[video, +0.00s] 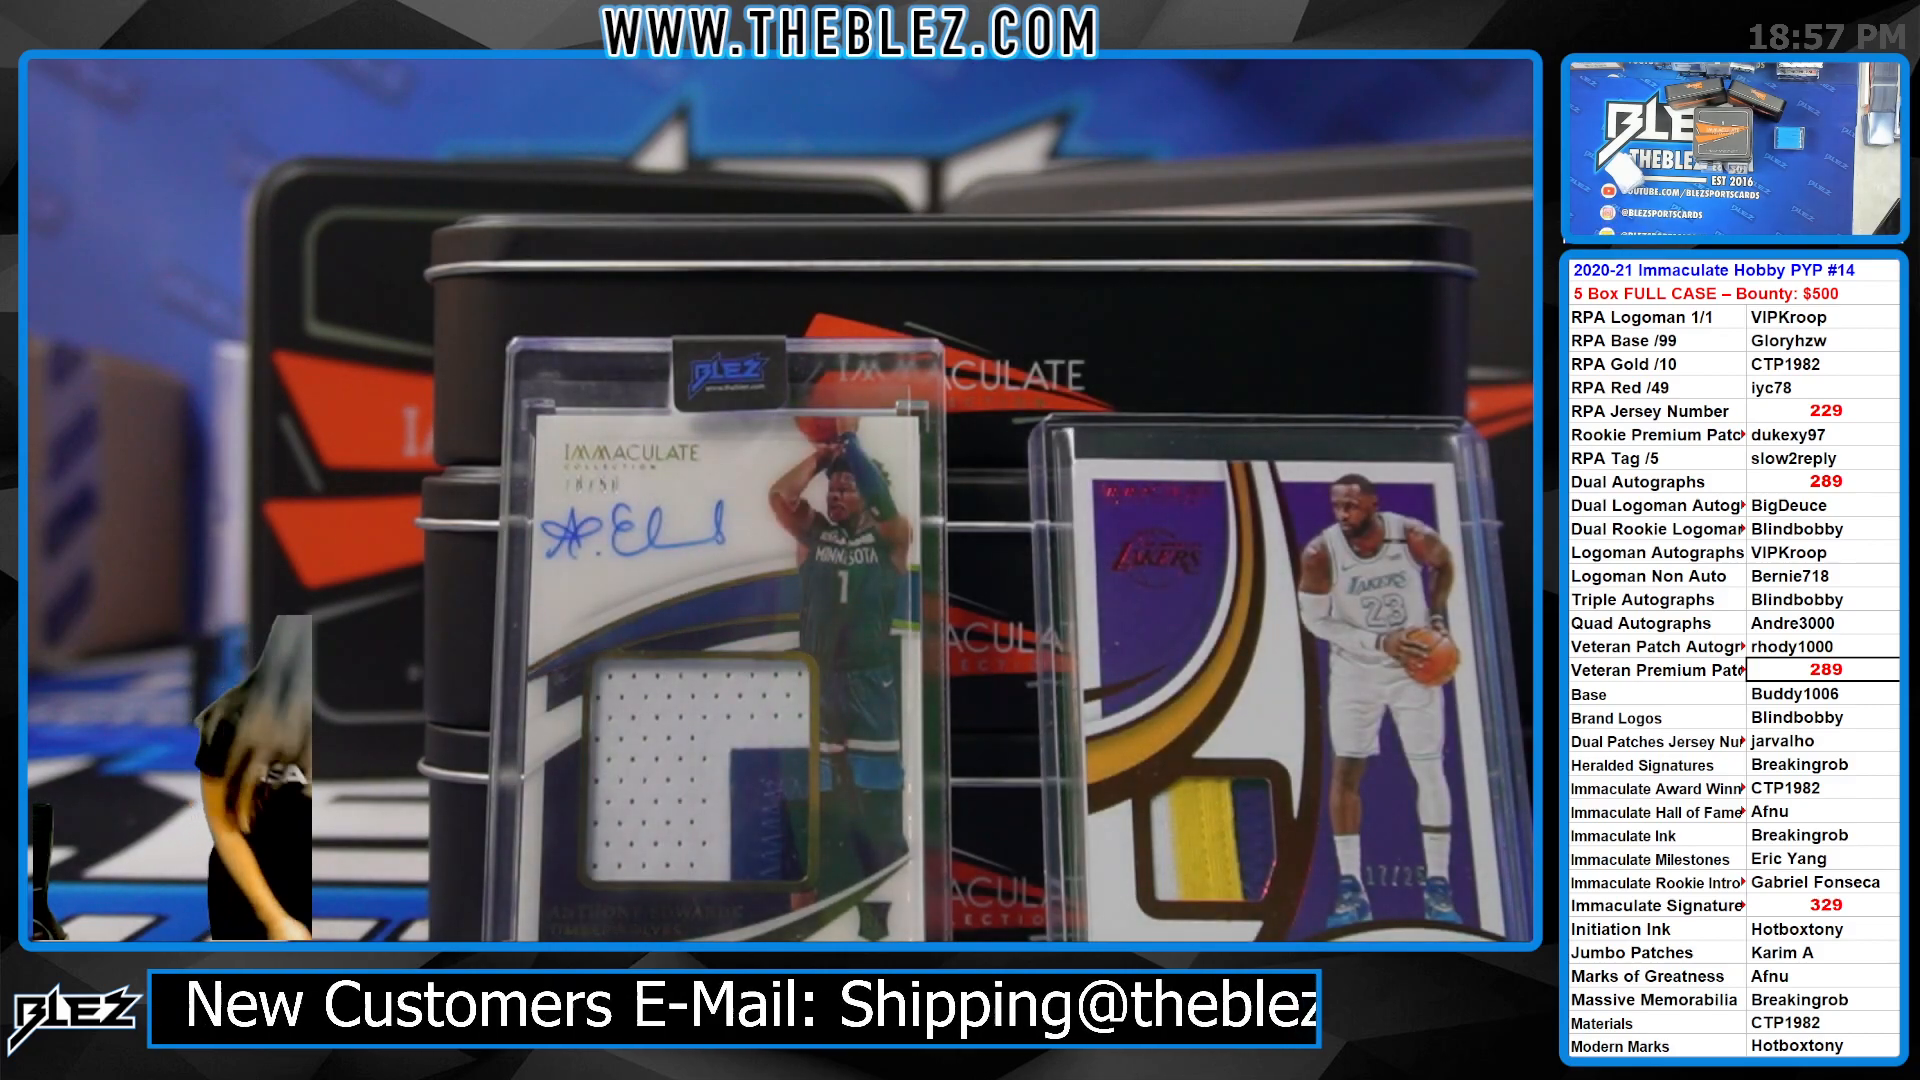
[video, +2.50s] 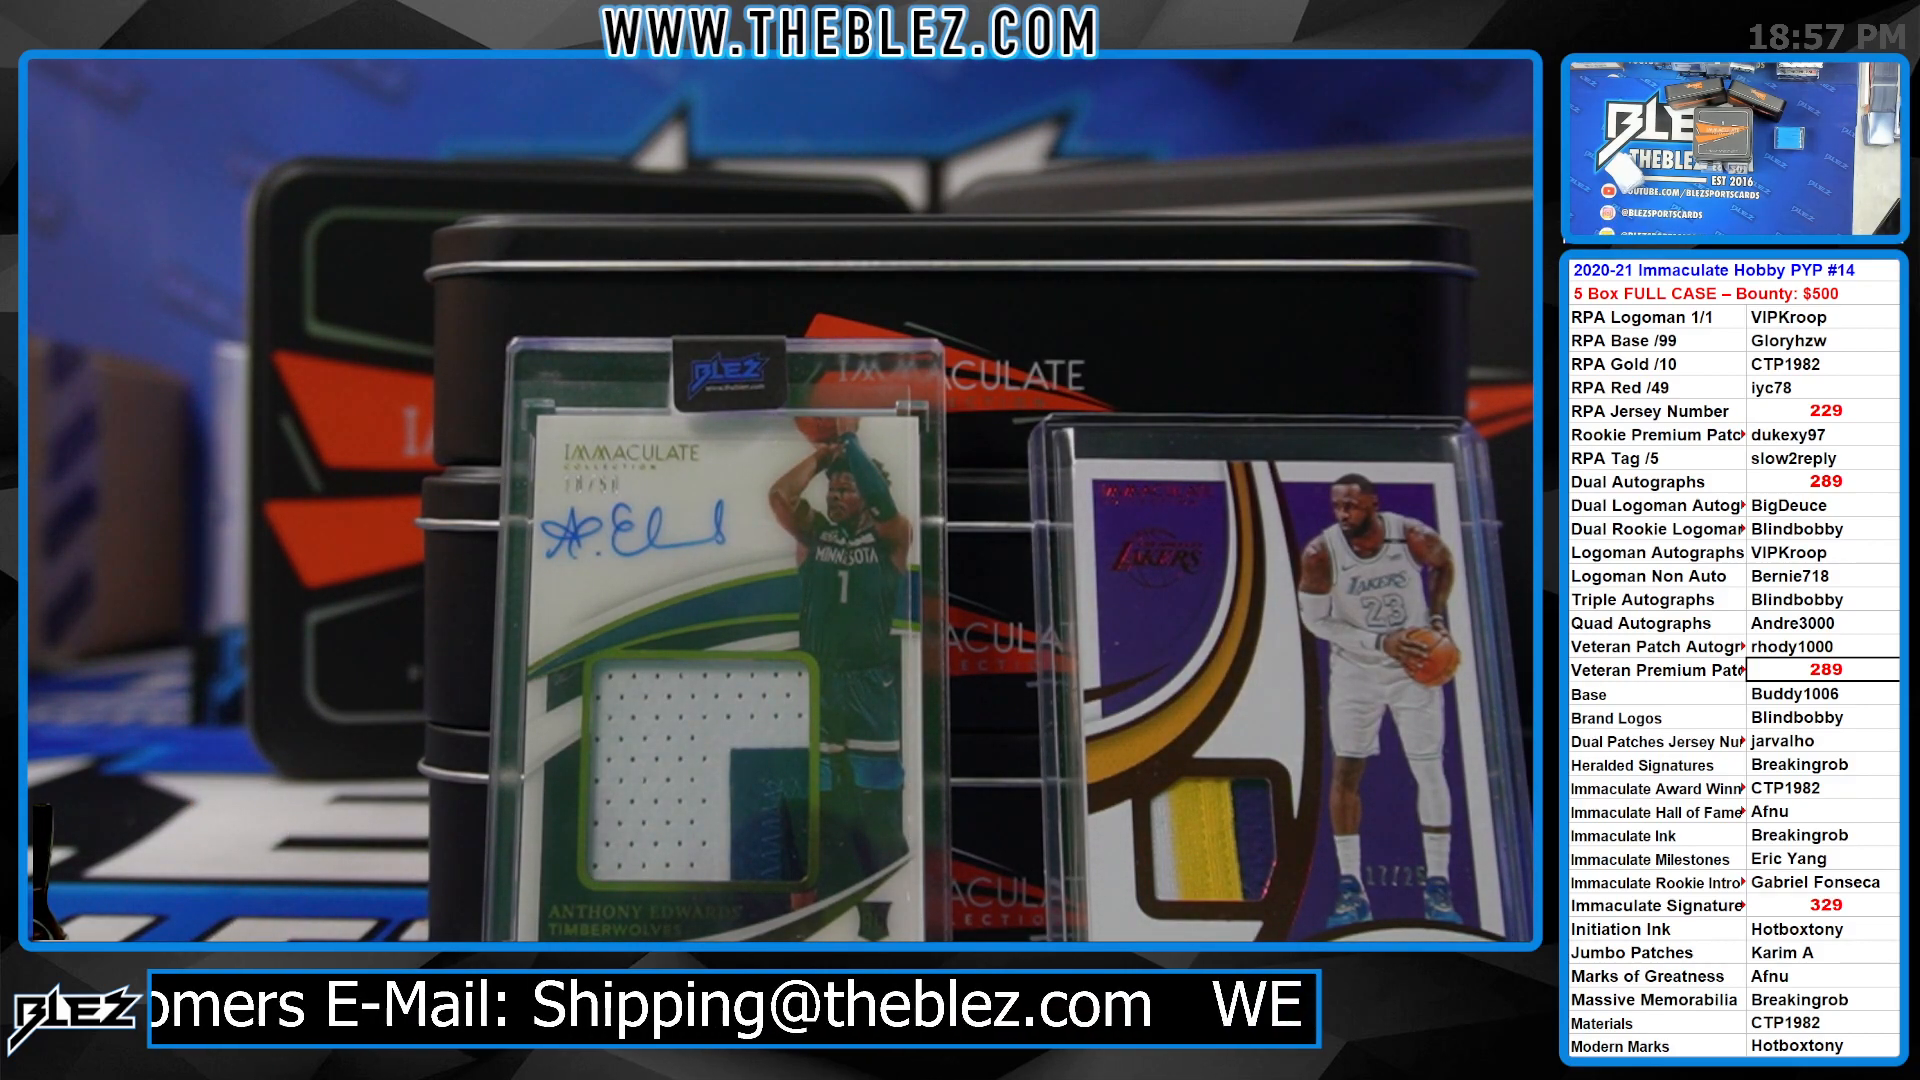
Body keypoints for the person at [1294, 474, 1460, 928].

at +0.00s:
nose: (1343, 514)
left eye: (1351, 505)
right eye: (1337, 506)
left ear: (1374, 505)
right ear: (1332, 509)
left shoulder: (1413, 536)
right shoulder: (1319, 554)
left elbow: (1445, 564)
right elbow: (1315, 621)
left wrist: (1437, 615)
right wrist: (1378, 641)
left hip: (1414, 672)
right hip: (1354, 674)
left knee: (1430, 772)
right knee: (1348, 773)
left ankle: (1438, 885)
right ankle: (1351, 888)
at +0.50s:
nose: (1343, 514)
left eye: (1351, 505)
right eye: (1337, 506)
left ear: (1373, 505)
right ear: (1332, 509)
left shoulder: (1414, 537)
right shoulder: (1319, 555)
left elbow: (1445, 565)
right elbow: (1315, 621)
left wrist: (1436, 616)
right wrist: (1379, 641)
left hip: (1414, 673)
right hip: (1354, 675)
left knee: (1430, 772)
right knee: (1347, 773)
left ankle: (1438, 884)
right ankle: (1350, 889)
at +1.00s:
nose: (1343, 514)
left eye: (1351, 506)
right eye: (1337, 506)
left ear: (1373, 505)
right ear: (1332, 509)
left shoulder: (1413, 536)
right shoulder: (1319, 555)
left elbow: (1444, 565)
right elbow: (1316, 621)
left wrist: (1436, 617)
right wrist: (1379, 642)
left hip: (1414, 673)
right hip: (1354, 674)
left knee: (1430, 771)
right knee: (1348, 773)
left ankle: (1438, 884)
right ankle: (1350, 888)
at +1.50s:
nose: (1343, 514)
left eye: (1351, 505)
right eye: (1337, 506)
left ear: (1373, 505)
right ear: (1333, 509)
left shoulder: (1414, 537)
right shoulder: (1319, 555)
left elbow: (1444, 565)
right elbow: (1315, 621)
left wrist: (1436, 616)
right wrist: (1379, 641)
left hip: (1414, 673)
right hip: (1354, 675)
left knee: (1430, 772)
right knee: (1347, 773)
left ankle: (1438, 885)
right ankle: (1350, 888)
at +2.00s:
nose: (1342, 514)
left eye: (1351, 505)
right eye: (1337, 506)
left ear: (1373, 505)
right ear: (1332, 509)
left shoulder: (1413, 536)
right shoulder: (1319, 555)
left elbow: (1444, 564)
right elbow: (1315, 620)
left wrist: (1436, 617)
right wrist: (1379, 642)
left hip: (1414, 673)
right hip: (1354, 674)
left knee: (1430, 772)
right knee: (1348, 773)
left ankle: (1438, 884)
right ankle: (1350, 888)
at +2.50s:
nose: (1343, 514)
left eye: (1351, 505)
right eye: (1337, 506)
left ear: (1373, 505)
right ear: (1332, 509)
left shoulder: (1413, 536)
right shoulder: (1319, 555)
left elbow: (1445, 565)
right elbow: (1315, 621)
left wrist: (1436, 617)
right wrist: (1379, 642)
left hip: (1414, 673)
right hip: (1354, 674)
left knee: (1430, 772)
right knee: (1347, 773)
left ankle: (1438, 885)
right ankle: (1351, 889)